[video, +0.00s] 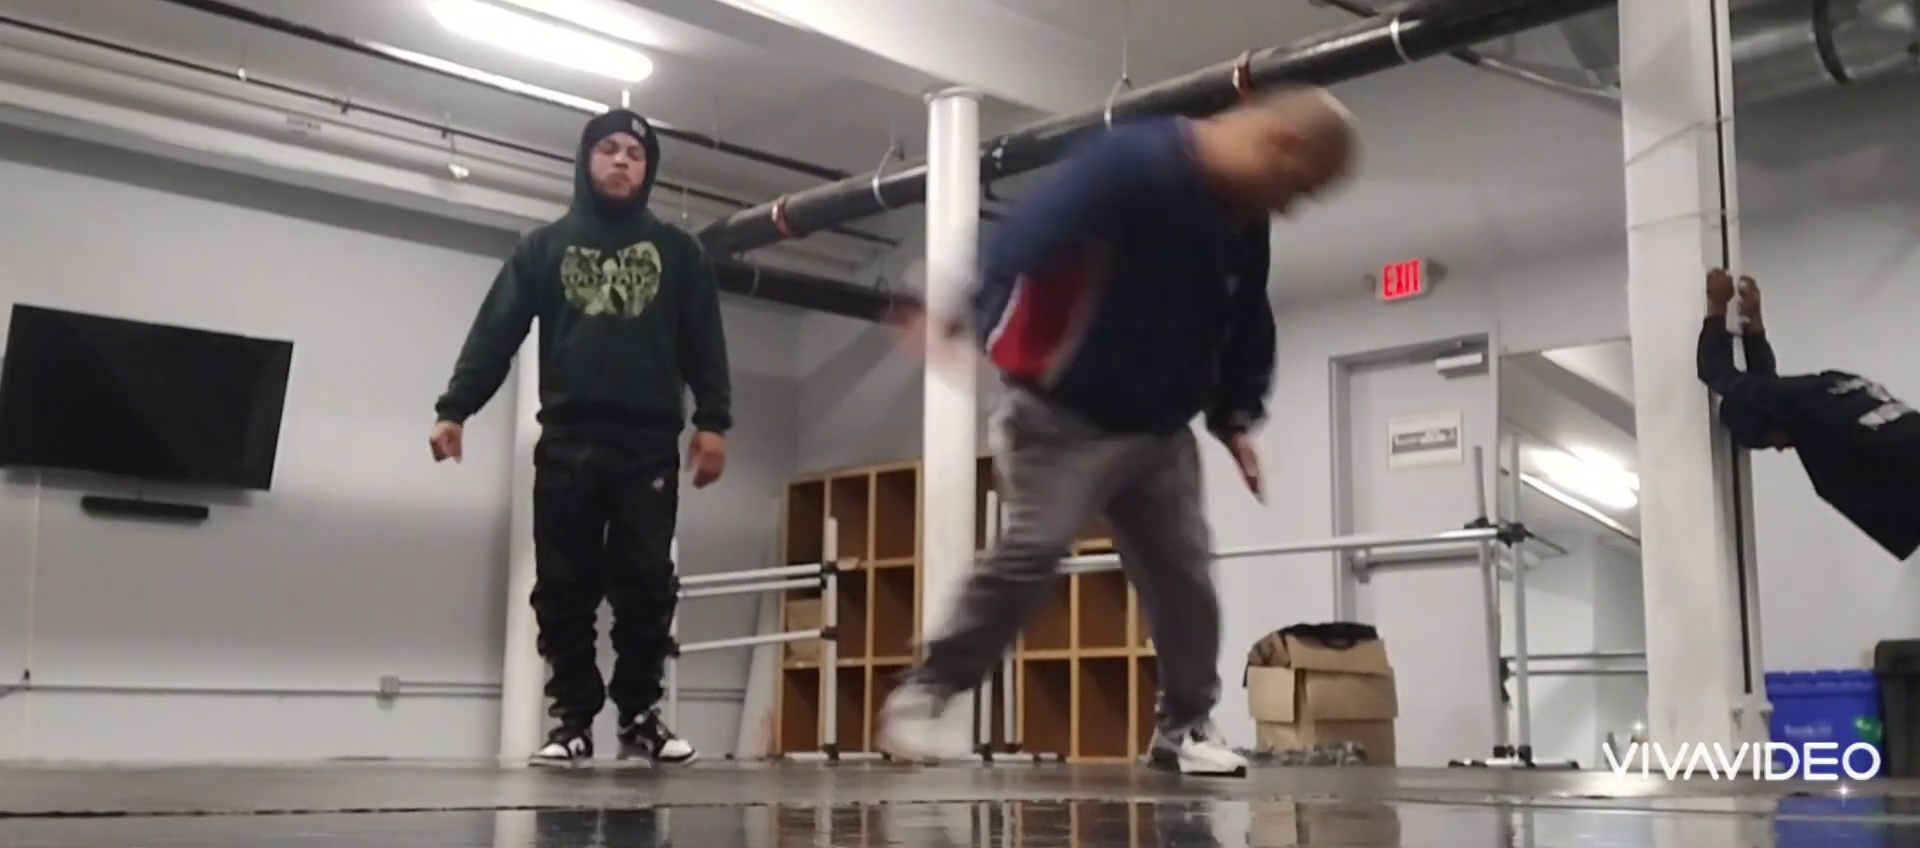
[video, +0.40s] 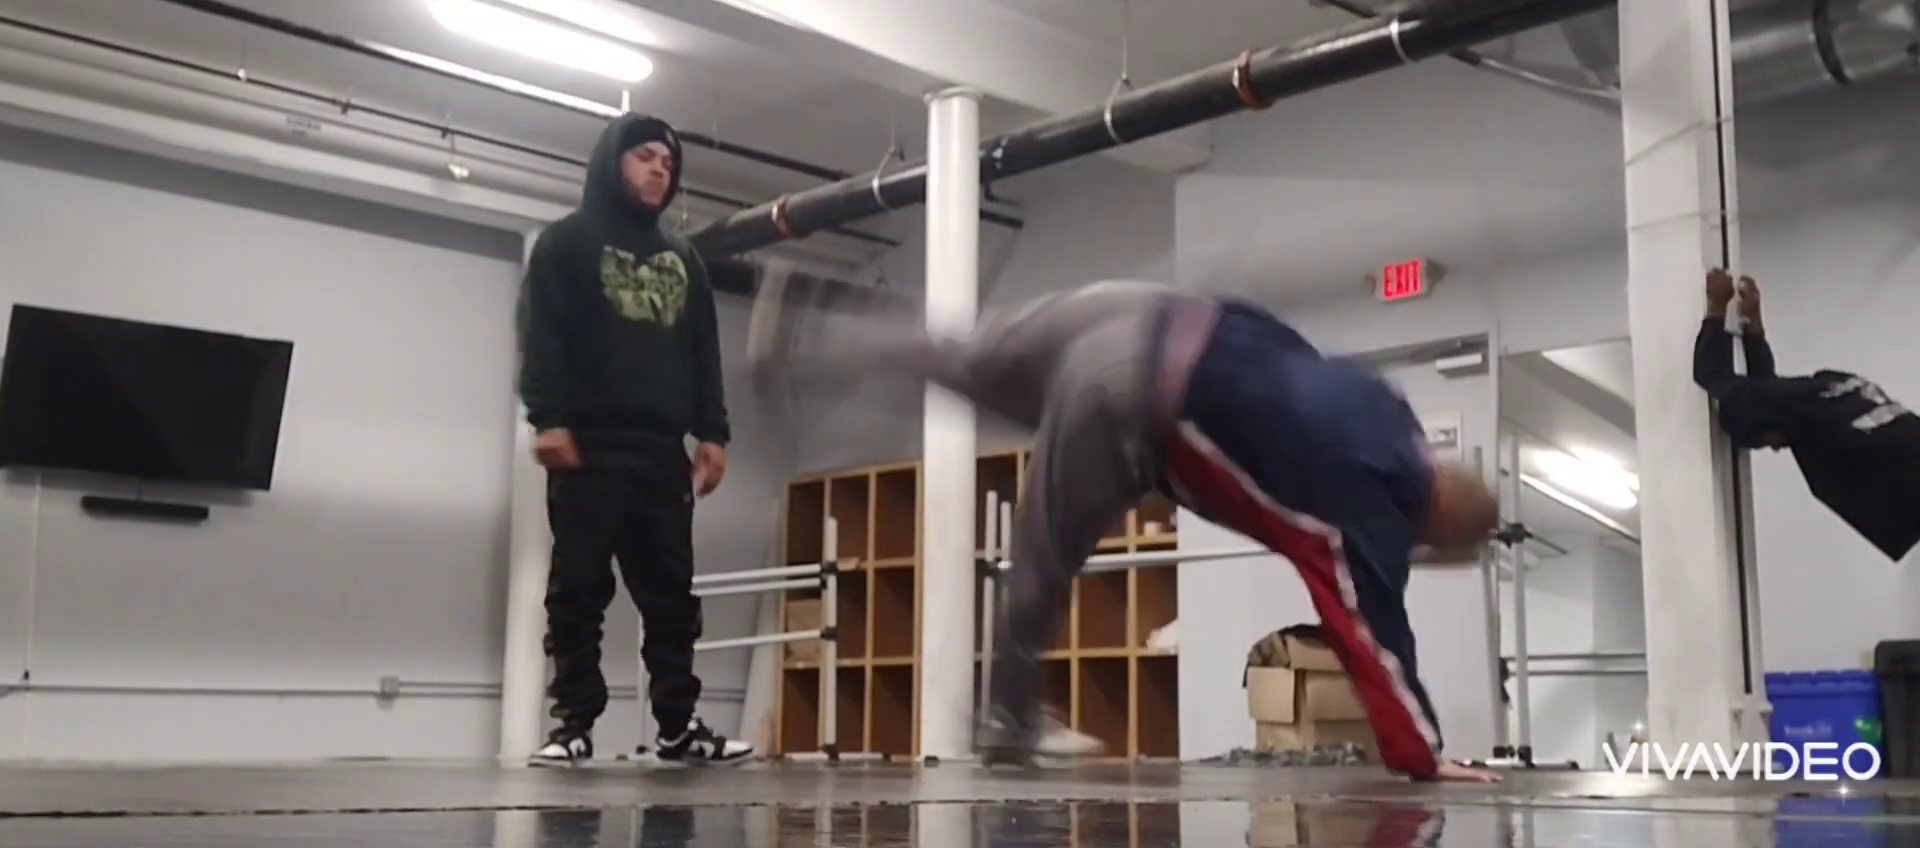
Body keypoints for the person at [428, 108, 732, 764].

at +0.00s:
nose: (621, 162)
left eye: (633, 154)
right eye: (609, 151)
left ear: (649, 170)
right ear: (584, 162)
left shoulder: (680, 251)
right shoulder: (548, 244)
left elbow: (705, 341)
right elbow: (497, 328)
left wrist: (713, 423)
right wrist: (453, 409)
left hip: (649, 440)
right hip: (568, 436)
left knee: (647, 583)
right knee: (563, 586)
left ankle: (640, 718)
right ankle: (573, 723)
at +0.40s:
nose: (658, 170)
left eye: (667, 164)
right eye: (645, 156)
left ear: (672, 181)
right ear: (613, 162)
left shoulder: (683, 258)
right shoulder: (565, 242)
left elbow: (704, 352)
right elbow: (540, 336)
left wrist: (712, 434)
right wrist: (548, 421)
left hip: (660, 447)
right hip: (583, 444)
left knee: (671, 593)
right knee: (578, 592)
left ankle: (677, 725)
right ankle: (574, 726)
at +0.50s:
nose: (675, 177)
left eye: (682, 169)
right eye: (662, 162)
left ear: (687, 184)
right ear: (628, 167)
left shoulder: (694, 263)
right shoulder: (583, 243)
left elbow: (714, 357)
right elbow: (562, 337)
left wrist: (724, 440)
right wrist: (580, 421)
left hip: (675, 449)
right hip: (603, 444)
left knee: (675, 594)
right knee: (587, 591)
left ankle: (681, 728)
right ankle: (573, 728)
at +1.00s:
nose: (756, 200)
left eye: (761, 190)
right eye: (744, 186)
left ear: (762, 199)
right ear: (709, 188)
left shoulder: (741, 271)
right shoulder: (681, 255)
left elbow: (751, 373)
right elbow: (670, 349)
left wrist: (777, 459)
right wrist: (679, 435)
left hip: (739, 447)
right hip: (700, 444)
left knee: (718, 581)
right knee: (704, 578)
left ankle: (692, 722)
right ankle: (681, 723)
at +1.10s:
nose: (772, 202)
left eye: (778, 192)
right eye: (760, 189)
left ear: (777, 201)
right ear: (725, 192)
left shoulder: (740, 264)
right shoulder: (702, 253)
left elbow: (753, 370)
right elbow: (693, 350)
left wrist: (770, 459)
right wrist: (708, 434)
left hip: (740, 448)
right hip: (711, 446)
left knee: (704, 586)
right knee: (739, 580)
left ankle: (683, 727)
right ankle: (750, 727)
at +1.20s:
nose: (788, 205)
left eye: (793, 196)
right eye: (776, 192)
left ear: (789, 203)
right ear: (743, 194)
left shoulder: (747, 260)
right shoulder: (725, 254)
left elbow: (745, 353)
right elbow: (719, 349)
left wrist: (764, 441)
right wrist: (738, 434)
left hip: (733, 450)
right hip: (728, 449)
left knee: (708, 592)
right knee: (761, 583)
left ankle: (684, 728)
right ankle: (802, 723)